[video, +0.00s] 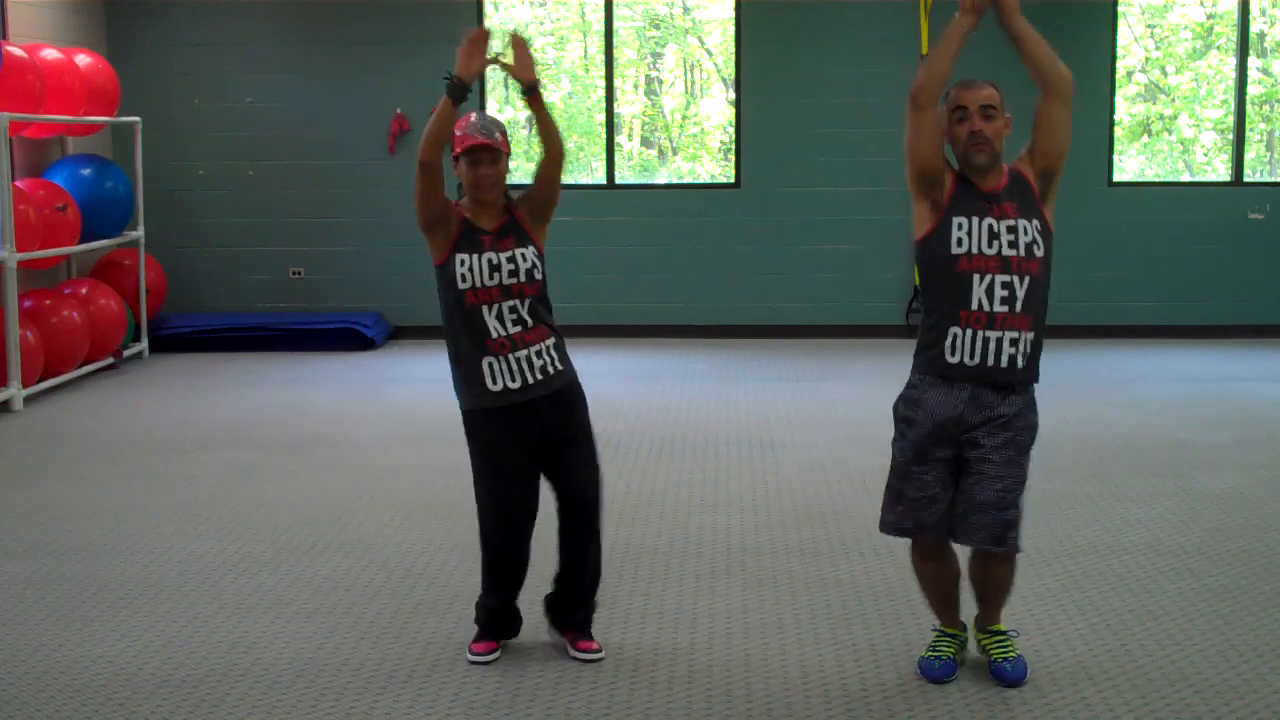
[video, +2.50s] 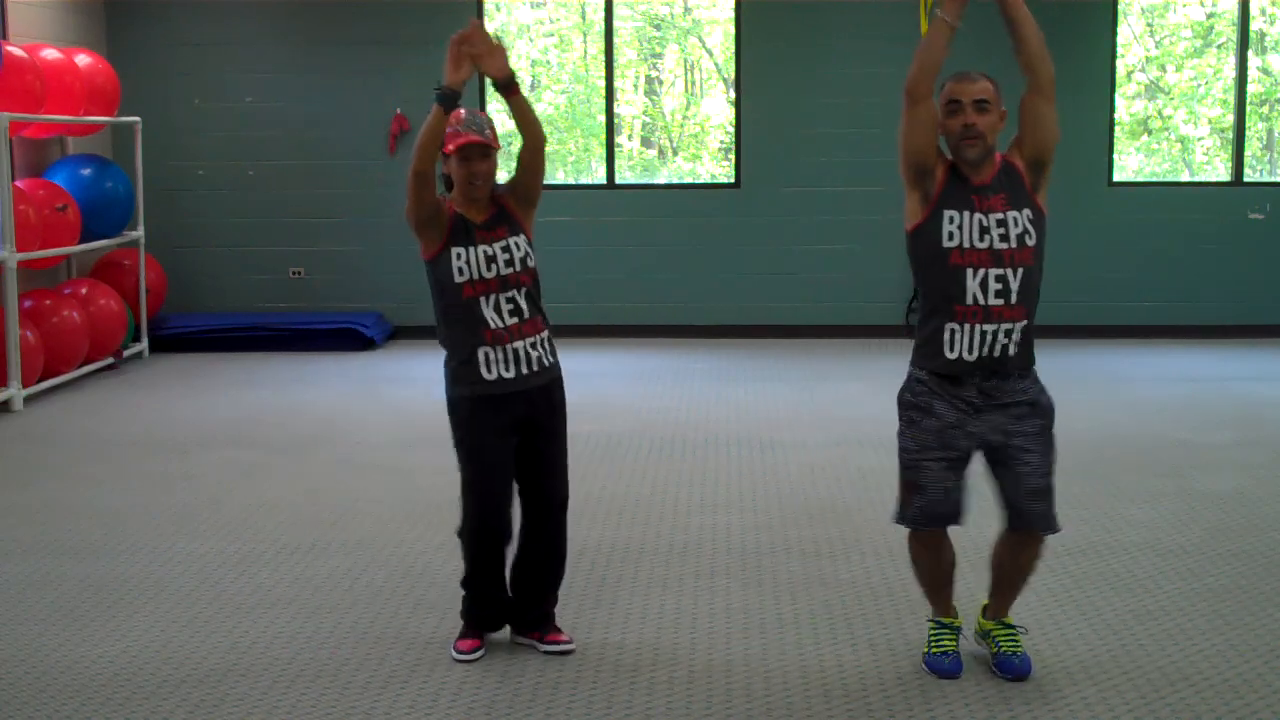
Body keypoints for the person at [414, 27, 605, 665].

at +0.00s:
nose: (484, 168)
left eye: (491, 158)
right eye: (474, 159)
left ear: (506, 165)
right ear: (459, 169)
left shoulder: (528, 219)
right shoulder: (445, 229)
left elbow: (553, 155)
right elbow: (426, 160)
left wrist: (532, 90)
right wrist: (459, 81)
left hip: (558, 394)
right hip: (492, 408)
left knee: (583, 510)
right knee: (503, 523)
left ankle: (573, 619)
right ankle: (494, 624)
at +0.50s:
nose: (527, 185)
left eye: (537, 173)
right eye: (518, 175)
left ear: (557, 176)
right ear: (506, 182)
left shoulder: (591, 237)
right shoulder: (500, 236)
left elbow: (636, 310)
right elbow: (467, 178)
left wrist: (640, 385)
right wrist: (487, 111)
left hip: (592, 408)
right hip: (519, 409)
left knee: (626, 526)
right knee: (463, 513)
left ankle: (670, 627)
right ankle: (467, 612)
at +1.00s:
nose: (464, 147)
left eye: (476, 140)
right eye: (454, 141)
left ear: (497, 153)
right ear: (444, 158)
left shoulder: (518, 212)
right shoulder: (434, 213)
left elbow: (522, 145)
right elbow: (402, 161)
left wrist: (492, 77)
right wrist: (440, 90)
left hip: (500, 392)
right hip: (432, 391)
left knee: (507, 511)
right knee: (429, 514)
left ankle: (495, 619)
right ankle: (436, 624)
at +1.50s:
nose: (434, 149)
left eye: (445, 140)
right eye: (424, 142)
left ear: (463, 155)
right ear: (411, 156)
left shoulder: (482, 210)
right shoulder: (393, 213)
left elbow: (478, 134)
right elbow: (304, 199)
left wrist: (437, 62)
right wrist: (240, 163)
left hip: (470, 397)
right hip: (398, 391)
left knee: (474, 521)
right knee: (339, 495)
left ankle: (472, 628)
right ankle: (350, 602)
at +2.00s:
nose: (408, 180)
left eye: (419, 169)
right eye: (399, 169)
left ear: (441, 174)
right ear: (389, 174)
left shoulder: (464, 230)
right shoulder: (370, 240)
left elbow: (470, 155)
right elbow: (362, 308)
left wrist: (437, 83)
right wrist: (376, 316)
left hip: (449, 411)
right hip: (379, 409)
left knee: (463, 526)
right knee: (336, 523)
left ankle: (514, 616)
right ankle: (293, 632)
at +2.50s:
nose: (478, 164)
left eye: (484, 154)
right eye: (467, 156)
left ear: (497, 161)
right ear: (449, 166)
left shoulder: (515, 211)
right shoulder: (435, 226)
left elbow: (535, 145)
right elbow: (421, 168)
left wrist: (505, 81)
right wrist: (449, 92)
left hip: (541, 385)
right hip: (478, 394)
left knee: (548, 508)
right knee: (485, 513)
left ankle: (535, 617)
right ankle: (479, 620)